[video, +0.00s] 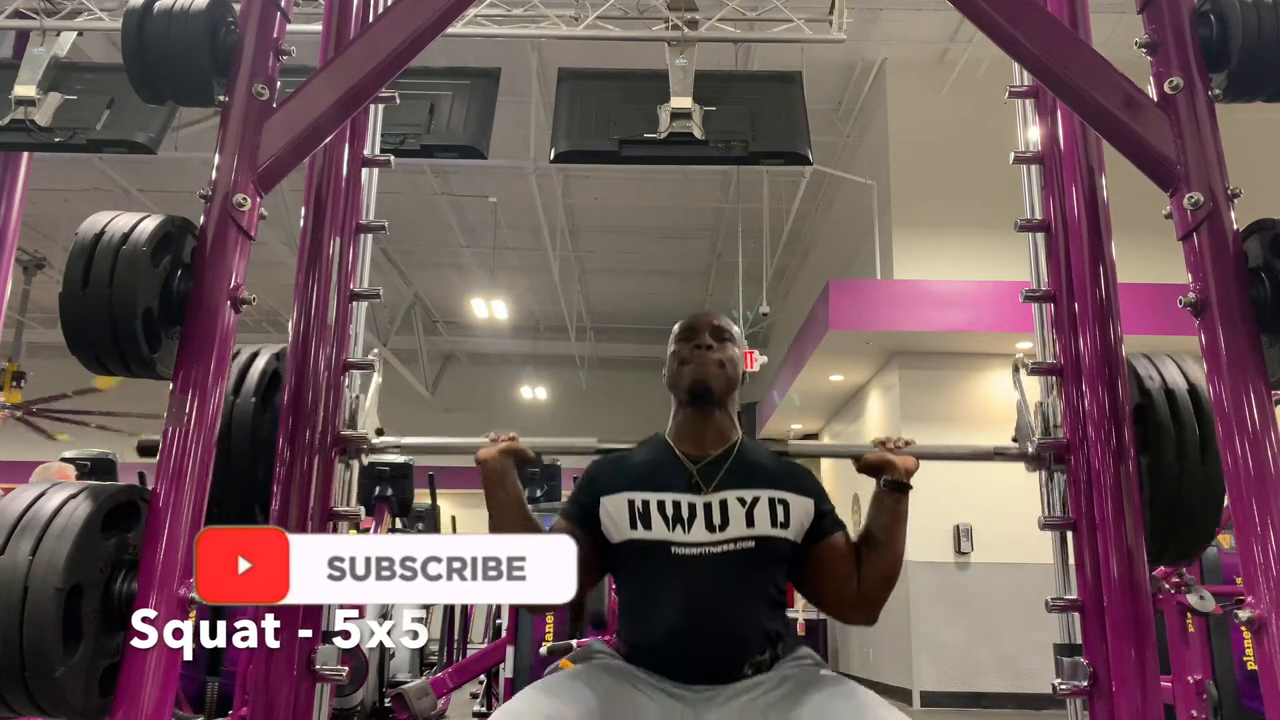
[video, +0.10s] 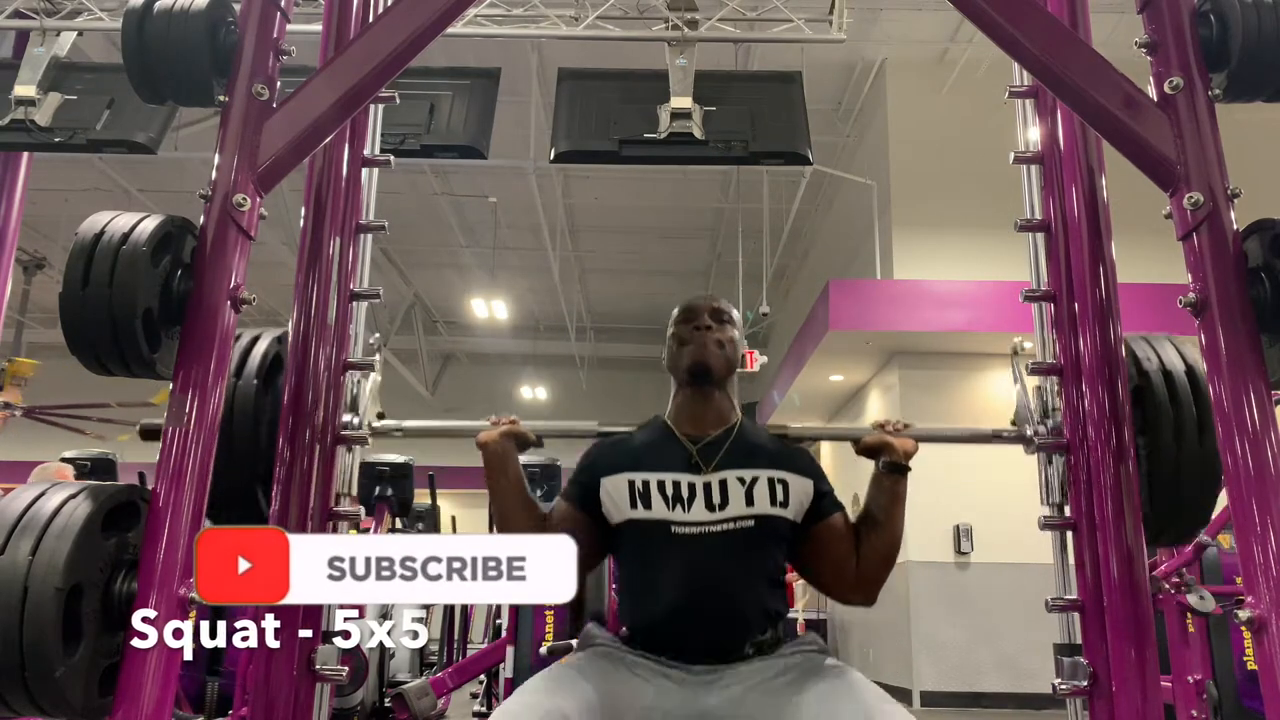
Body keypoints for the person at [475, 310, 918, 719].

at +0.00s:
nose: (703, 348)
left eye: (719, 340)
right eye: (687, 342)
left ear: (742, 371)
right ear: (666, 373)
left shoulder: (788, 481)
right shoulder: (612, 478)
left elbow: (858, 602)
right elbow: (543, 585)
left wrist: (894, 489)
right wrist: (500, 482)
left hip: (769, 683)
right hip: (637, 681)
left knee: (888, 719)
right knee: (513, 719)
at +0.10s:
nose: (702, 328)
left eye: (719, 323)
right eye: (686, 325)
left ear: (740, 357)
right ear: (665, 359)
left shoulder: (789, 463)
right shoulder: (611, 459)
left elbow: (857, 583)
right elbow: (544, 565)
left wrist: (893, 471)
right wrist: (500, 459)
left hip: (769, 671)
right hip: (635, 668)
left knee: (888, 716)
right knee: (519, 715)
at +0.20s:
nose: (703, 292)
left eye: (721, 290)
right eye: (688, 289)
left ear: (742, 333)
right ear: (669, 328)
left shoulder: (788, 431)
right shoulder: (614, 428)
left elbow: (858, 550)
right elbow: (539, 523)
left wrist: (891, 440)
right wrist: (499, 422)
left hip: (768, 647)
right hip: (634, 645)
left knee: (889, 715)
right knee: (522, 713)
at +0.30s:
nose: (707, 270)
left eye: (723, 267)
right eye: (691, 265)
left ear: (743, 310)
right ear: (668, 303)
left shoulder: (785, 405)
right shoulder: (616, 404)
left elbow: (856, 524)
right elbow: (548, 509)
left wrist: (889, 418)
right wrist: (502, 403)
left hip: (770, 624)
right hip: (635, 623)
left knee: (883, 715)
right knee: (527, 714)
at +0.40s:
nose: (704, 224)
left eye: (722, 225)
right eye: (690, 222)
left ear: (742, 265)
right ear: (669, 260)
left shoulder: (788, 362)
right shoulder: (617, 360)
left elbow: (856, 478)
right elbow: (549, 464)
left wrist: (887, 378)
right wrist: (506, 363)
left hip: (772, 590)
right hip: (633, 587)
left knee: (866, 715)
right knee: (541, 713)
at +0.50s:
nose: (706, 200)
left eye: (723, 198)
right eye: (692, 196)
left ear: (743, 234)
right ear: (670, 232)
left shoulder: (790, 335)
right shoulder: (619, 331)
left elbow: (857, 450)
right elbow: (549, 436)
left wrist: (887, 348)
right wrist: (505, 331)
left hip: (774, 567)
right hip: (636, 560)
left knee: (849, 711)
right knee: (560, 709)